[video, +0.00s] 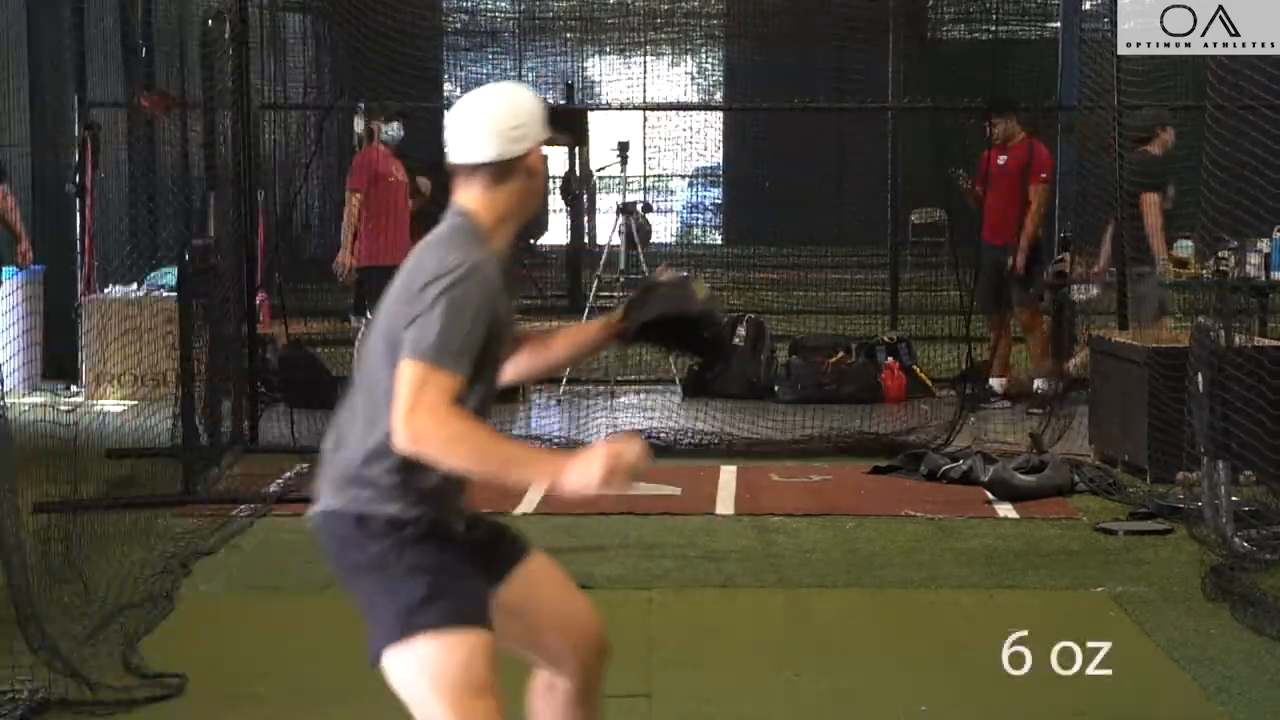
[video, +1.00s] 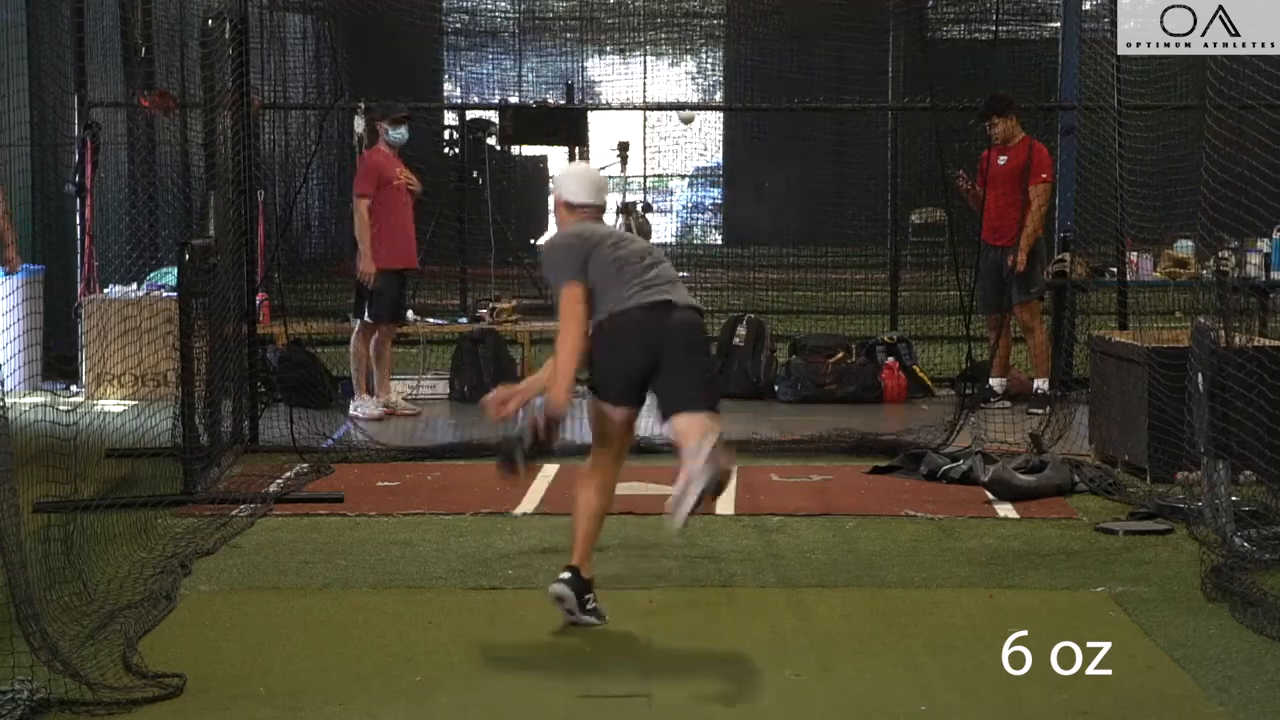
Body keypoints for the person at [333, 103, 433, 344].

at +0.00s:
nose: (398, 129)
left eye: (399, 123)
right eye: (393, 123)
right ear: (378, 127)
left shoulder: (394, 162)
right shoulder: (367, 157)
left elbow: (397, 209)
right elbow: (352, 205)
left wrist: (421, 198)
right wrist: (345, 249)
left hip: (395, 258)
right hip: (373, 260)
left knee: (390, 327)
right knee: (370, 326)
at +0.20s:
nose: (396, 128)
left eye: (398, 123)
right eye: (389, 123)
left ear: (399, 128)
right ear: (374, 126)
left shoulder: (400, 163)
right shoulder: (367, 158)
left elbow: (403, 210)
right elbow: (356, 205)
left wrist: (415, 189)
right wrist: (356, 252)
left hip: (400, 257)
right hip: (374, 257)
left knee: (389, 328)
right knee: (368, 327)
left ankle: (384, 393)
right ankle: (360, 396)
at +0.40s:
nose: (395, 129)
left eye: (397, 123)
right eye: (388, 123)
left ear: (398, 129)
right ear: (373, 127)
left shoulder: (398, 162)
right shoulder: (366, 159)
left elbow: (404, 211)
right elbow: (355, 210)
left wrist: (415, 189)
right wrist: (373, 254)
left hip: (398, 257)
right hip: (374, 257)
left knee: (388, 327)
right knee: (366, 326)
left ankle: (384, 393)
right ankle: (360, 397)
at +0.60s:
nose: (394, 129)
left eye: (397, 124)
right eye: (388, 124)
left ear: (399, 128)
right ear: (373, 127)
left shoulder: (398, 163)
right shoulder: (365, 160)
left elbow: (401, 209)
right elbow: (355, 210)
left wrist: (415, 191)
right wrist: (369, 253)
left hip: (398, 258)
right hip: (374, 259)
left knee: (387, 328)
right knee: (366, 327)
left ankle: (384, 394)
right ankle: (360, 397)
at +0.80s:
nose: (397, 130)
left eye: (400, 124)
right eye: (390, 125)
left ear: (402, 129)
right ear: (375, 127)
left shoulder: (398, 164)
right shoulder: (366, 161)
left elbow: (401, 208)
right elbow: (356, 212)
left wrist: (413, 189)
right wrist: (358, 256)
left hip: (398, 260)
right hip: (374, 261)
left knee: (386, 329)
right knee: (366, 328)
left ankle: (384, 395)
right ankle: (359, 397)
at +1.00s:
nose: (401, 130)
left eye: (403, 124)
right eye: (394, 124)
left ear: (405, 128)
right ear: (379, 126)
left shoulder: (399, 163)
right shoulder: (371, 160)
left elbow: (400, 205)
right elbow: (360, 208)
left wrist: (416, 190)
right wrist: (366, 256)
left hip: (400, 260)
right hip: (378, 260)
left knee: (387, 329)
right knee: (366, 327)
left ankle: (384, 395)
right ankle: (360, 398)